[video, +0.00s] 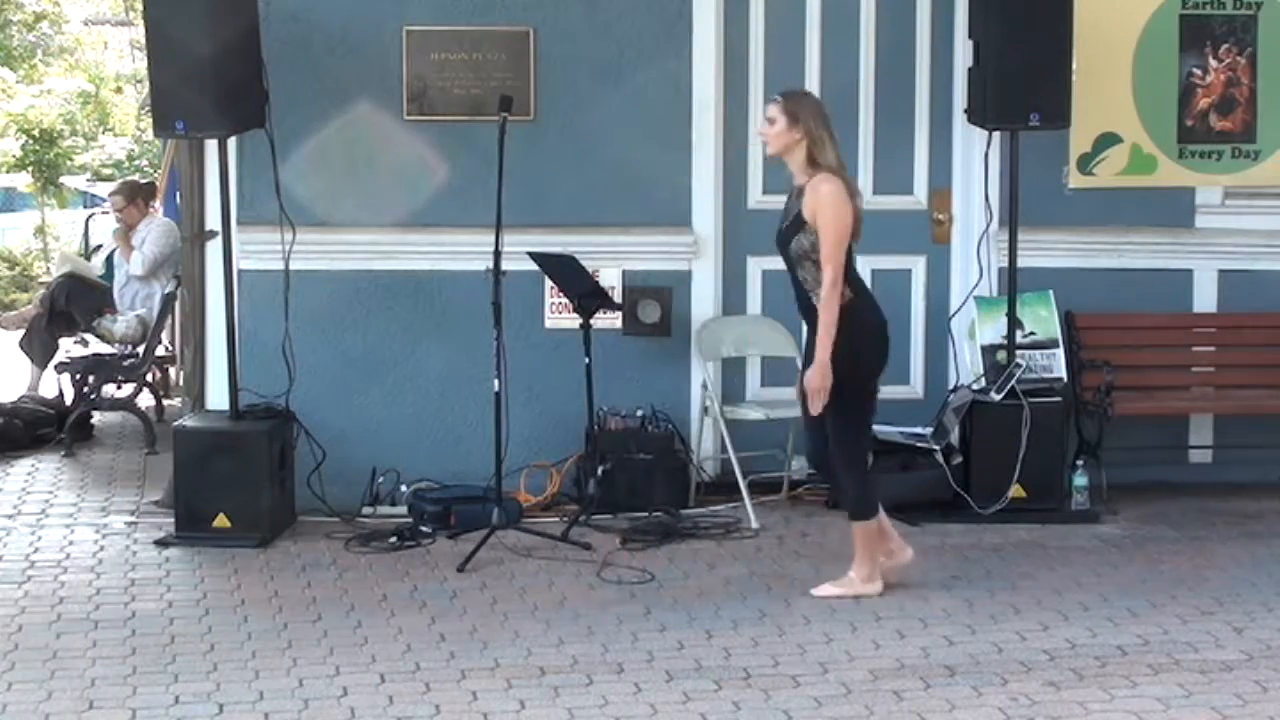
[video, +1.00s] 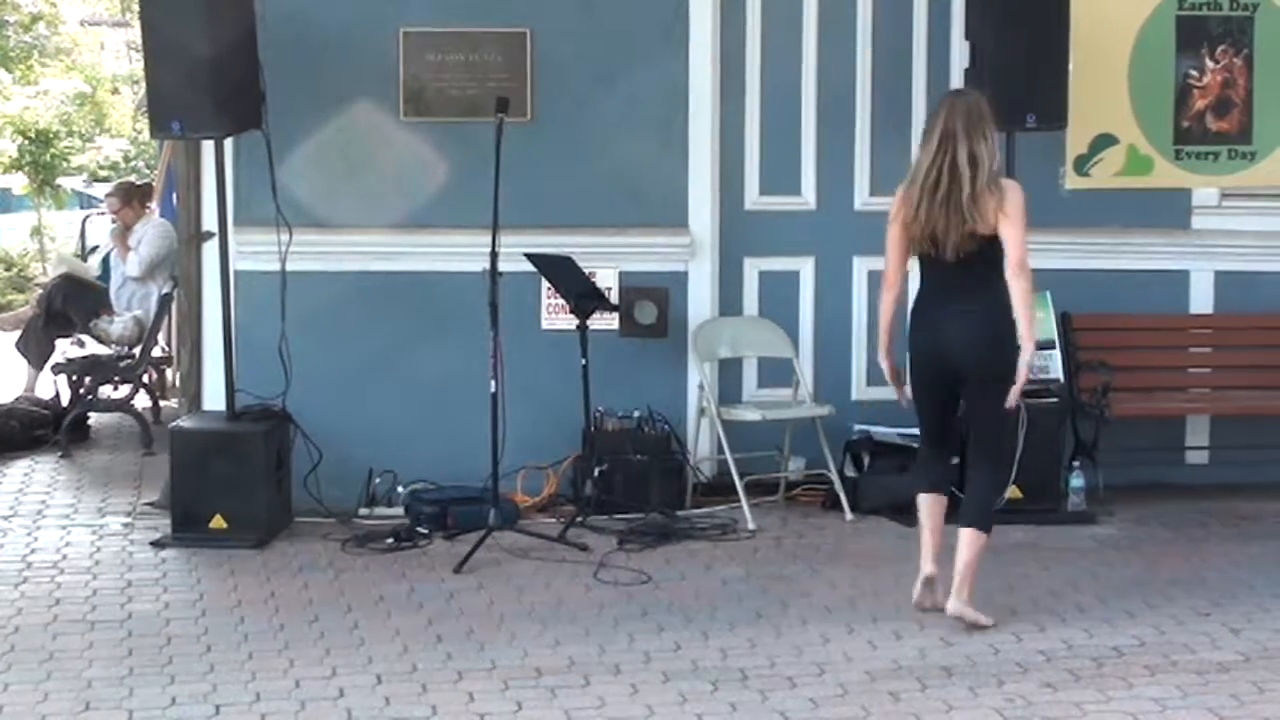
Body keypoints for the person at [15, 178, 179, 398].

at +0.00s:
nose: (117, 218)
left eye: (119, 211)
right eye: (114, 213)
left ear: (140, 205)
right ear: (136, 206)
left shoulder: (164, 229)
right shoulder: (127, 234)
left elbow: (142, 267)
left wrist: (123, 243)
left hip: (140, 318)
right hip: (118, 311)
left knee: (68, 284)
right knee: (45, 320)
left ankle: (34, 310)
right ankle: (32, 390)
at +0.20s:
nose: (117, 218)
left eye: (119, 212)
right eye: (114, 213)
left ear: (140, 205)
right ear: (136, 206)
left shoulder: (164, 229)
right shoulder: (127, 234)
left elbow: (141, 267)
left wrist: (123, 242)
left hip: (140, 319)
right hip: (119, 312)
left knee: (69, 285)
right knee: (45, 320)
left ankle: (34, 310)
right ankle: (32, 389)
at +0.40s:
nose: (117, 218)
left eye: (119, 212)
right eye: (114, 213)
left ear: (139, 205)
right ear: (136, 206)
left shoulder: (164, 229)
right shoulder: (127, 234)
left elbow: (141, 267)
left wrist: (123, 242)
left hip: (140, 318)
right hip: (119, 312)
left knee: (69, 285)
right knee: (45, 319)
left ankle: (34, 310)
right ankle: (32, 390)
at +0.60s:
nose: (115, 220)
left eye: (116, 214)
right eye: (112, 215)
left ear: (135, 207)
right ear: (132, 208)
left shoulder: (161, 230)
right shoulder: (123, 235)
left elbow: (138, 270)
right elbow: (94, 270)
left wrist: (122, 244)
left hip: (137, 319)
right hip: (114, 312)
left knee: (67, 285)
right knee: (42, 322)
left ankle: (32, 312)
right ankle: (29, 392)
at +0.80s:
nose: (114, 220)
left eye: (116, 213)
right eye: (112, 215)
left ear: (135, 206)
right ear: (132, 207)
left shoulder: (160, 230)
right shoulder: (123, 233)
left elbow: (137, 269)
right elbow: (94, 268)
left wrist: (121, 244)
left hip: (136, 318)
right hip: (114, 310)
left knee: (66, 285)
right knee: (42, 321)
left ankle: (31, 312)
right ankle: (28, 391)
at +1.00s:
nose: (114, 220)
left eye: (116, 213)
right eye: (112, 215)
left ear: (135, 206)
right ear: (132, 207)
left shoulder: (160, 230)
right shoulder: (123, 233)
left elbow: (137, 269)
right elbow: (94, 269)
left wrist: (121, 244)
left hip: (137, 317)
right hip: (114, 310)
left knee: (65, 285)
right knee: (43, 321)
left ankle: (31, 312)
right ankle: (29, 390)